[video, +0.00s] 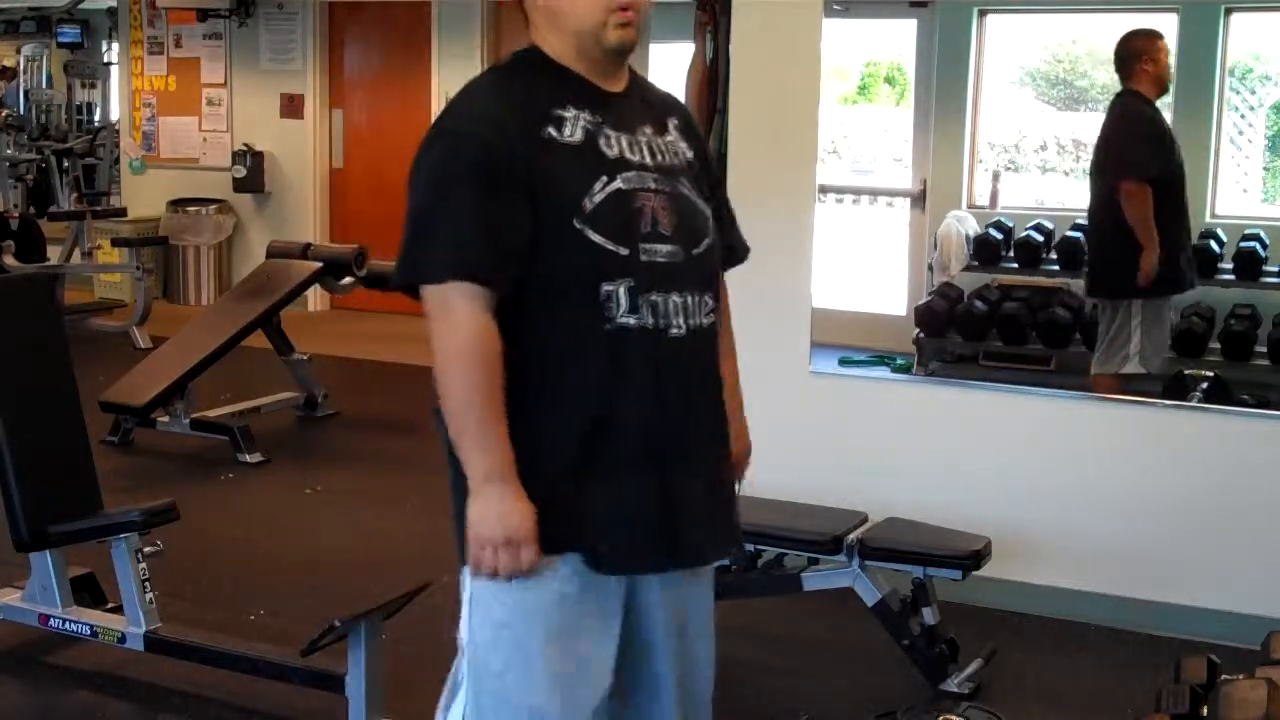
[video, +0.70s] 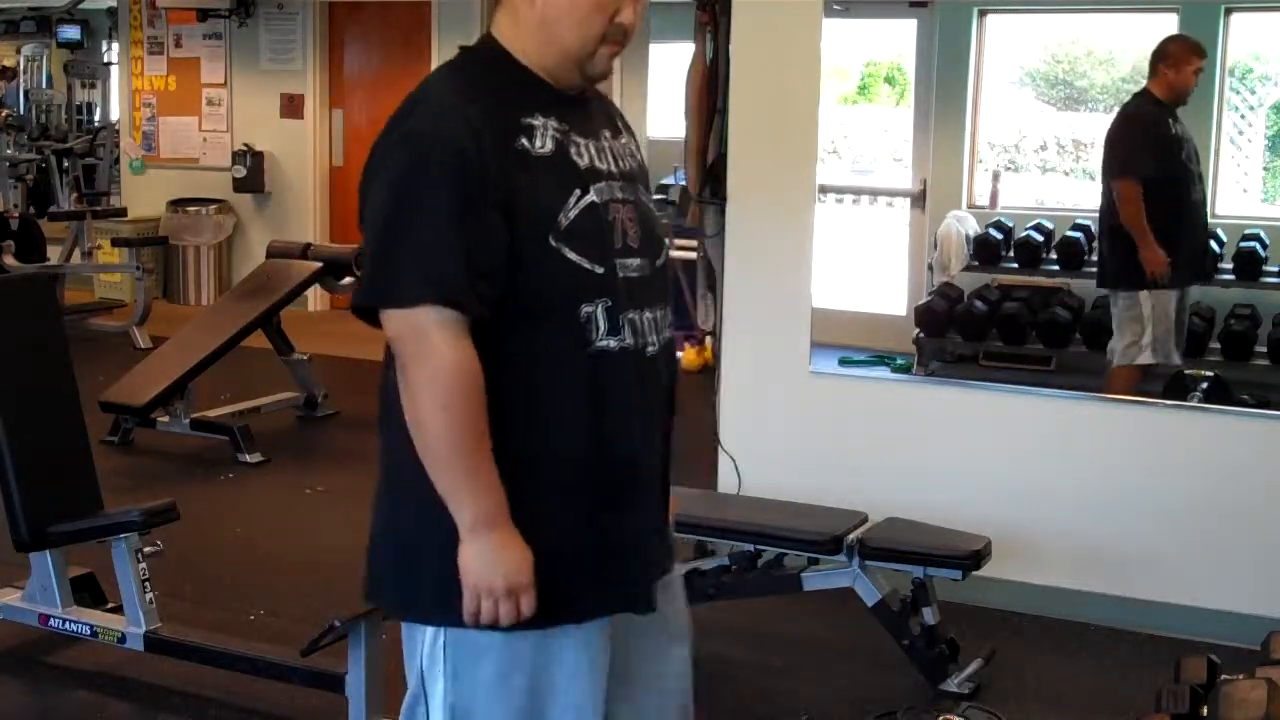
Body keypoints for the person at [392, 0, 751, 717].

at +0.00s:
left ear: (647, 1)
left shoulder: (675, 122)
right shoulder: (486, 121)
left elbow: (707, 286)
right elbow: (457, 306)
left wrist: (730, 411)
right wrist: (491, 484)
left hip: (677, 495)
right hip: (545, 511)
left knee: (670, 710)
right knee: (523, 711)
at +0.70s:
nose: (632, 16)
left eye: (637, 2)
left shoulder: (607, 124)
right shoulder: (445, 122)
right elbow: (423, 332)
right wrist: (483, 527)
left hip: (627, 541)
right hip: (504, 571)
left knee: (649, 705)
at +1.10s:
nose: (650, 8)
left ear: (665, 7)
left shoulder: (653, 122)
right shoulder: (476, 130)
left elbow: (677, 306)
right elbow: (451, 326)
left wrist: (697, 442)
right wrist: (479, 515)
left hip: (656, 535)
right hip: (539, 553)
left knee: (620, 706)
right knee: (537, 708)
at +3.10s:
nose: (694, 117)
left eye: (711, 101)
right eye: (690, 90)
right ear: (626, 40)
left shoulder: (647, 153)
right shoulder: (483, 151)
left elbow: (641, 321)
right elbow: (422, 350)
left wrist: (663, 445)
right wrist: (416, 530)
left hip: (622, 556)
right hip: (482, 576)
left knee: (638, 713)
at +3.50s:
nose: (747, 171)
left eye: (763, 155)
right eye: (745, 147)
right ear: (687, 90)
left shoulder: (693, 184)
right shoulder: (525, 172)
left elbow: (683, 344)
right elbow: (447, 367)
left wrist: (678, 479)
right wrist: (406, 548)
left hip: (576, 565)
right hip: (457, 576)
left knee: (556, 709)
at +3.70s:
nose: (772, 288)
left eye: (790, 274)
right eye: (771, 263)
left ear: (719, 203)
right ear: (718, 201)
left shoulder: (702, 271)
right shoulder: (550, 257)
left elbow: (683, 419)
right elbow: (460, 464)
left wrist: (669, 546)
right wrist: (404, 641)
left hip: (548, 545)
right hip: (412, 561)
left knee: (577, 708)